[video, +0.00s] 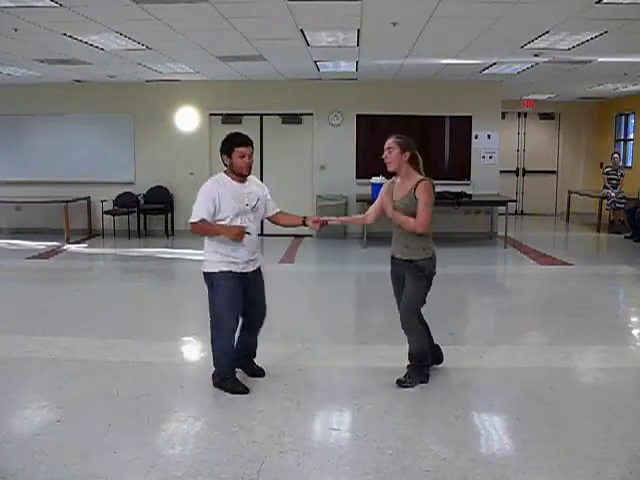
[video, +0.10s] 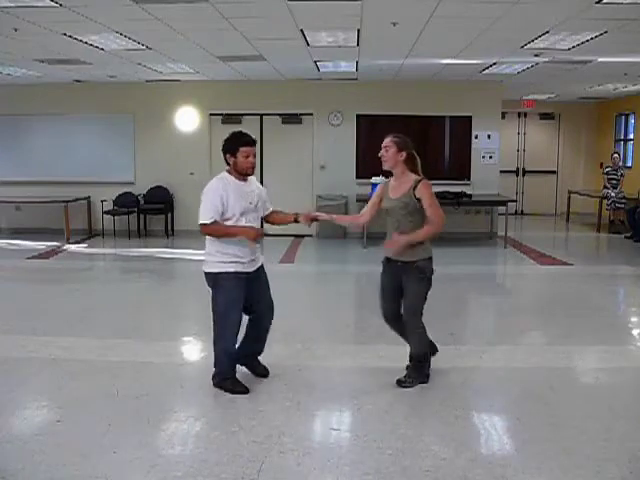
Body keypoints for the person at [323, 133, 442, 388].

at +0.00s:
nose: (385, 156)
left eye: (390, 151)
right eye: (385, 151)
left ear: (406, 155)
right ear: (397, 157)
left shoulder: (423, 185)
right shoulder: (390, 186)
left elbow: (421, 227)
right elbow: (368, 217)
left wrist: (390, 212)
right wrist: (336, 220)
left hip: (421, 262)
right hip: (398, 260)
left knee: (408, 314)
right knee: (408, 314)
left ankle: (419, 369)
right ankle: (431, 352)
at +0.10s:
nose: (381, 154)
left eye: (386, 149)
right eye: (381, 150)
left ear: (403, 154)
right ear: (395, 156)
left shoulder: (420, 185)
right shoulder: (384, 188)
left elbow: (437, 223)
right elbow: (361, 220)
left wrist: (406, 239)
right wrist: (325, 217)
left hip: (418, 264)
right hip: (392, 263)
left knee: (411, 315)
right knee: (390, 314)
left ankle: (418, 369)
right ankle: (424, 345)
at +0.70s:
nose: (337, 149)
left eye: (342, 145)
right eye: (339, 144)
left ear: (356, 151)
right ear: (354, 152)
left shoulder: (361, 183)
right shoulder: (353, 182)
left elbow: (357, 224)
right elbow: (343, 221)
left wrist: (330, 214)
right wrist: (316, 218)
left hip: (353, 261)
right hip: (348, 258)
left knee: (334, 317)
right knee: (344, 314)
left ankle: (351, 375)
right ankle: (367, 364)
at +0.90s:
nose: (324, 148)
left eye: (329, 144)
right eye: (325, 143)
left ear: (343, 151)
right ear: (342, 153)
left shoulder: (344, 184)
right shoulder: (341, 182)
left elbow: (331, 223)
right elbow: (331, 220)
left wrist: (311, 206)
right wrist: (311, 203)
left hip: (335, 259)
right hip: (333, 257)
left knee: (319, 319)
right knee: (325, 315)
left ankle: (334, 376)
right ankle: (359, 357)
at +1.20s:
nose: (327, 149)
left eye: (333, 145)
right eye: (328, 144)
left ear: (347, 151)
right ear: (339, 152)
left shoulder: (356, 185)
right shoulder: (332, 181)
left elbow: (349, 227)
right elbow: (326, 216)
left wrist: (323, 231)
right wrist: (310, 198)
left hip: (344, 260)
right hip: (324, 257)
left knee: (334, 318)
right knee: (321, 315)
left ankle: (338, 379)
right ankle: (339, 365)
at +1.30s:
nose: (332, 149)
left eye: (337, 145)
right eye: (332, 145)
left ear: (352, 151)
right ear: (338, 151)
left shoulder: (364, 185)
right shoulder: (329, 181)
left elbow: (364, 227)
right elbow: (306, 211)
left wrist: (351, 236)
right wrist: (299, 188)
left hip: (350, 259)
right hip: (325, 257)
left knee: (341, 315)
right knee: (328, 317)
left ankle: (349, 373)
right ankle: (338, 365)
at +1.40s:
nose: (337, 150)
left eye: (342, 146)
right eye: (337, 146)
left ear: (357, 152)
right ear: (342, 152)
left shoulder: (371, 184)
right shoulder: (333, 181)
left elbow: (379, 227)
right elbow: (304, 207)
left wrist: (362, 247)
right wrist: (289, 183)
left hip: (356, 259)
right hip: (329, 257)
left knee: (352, 314)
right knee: (333, 316)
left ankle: (369, 359)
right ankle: (340, 364)